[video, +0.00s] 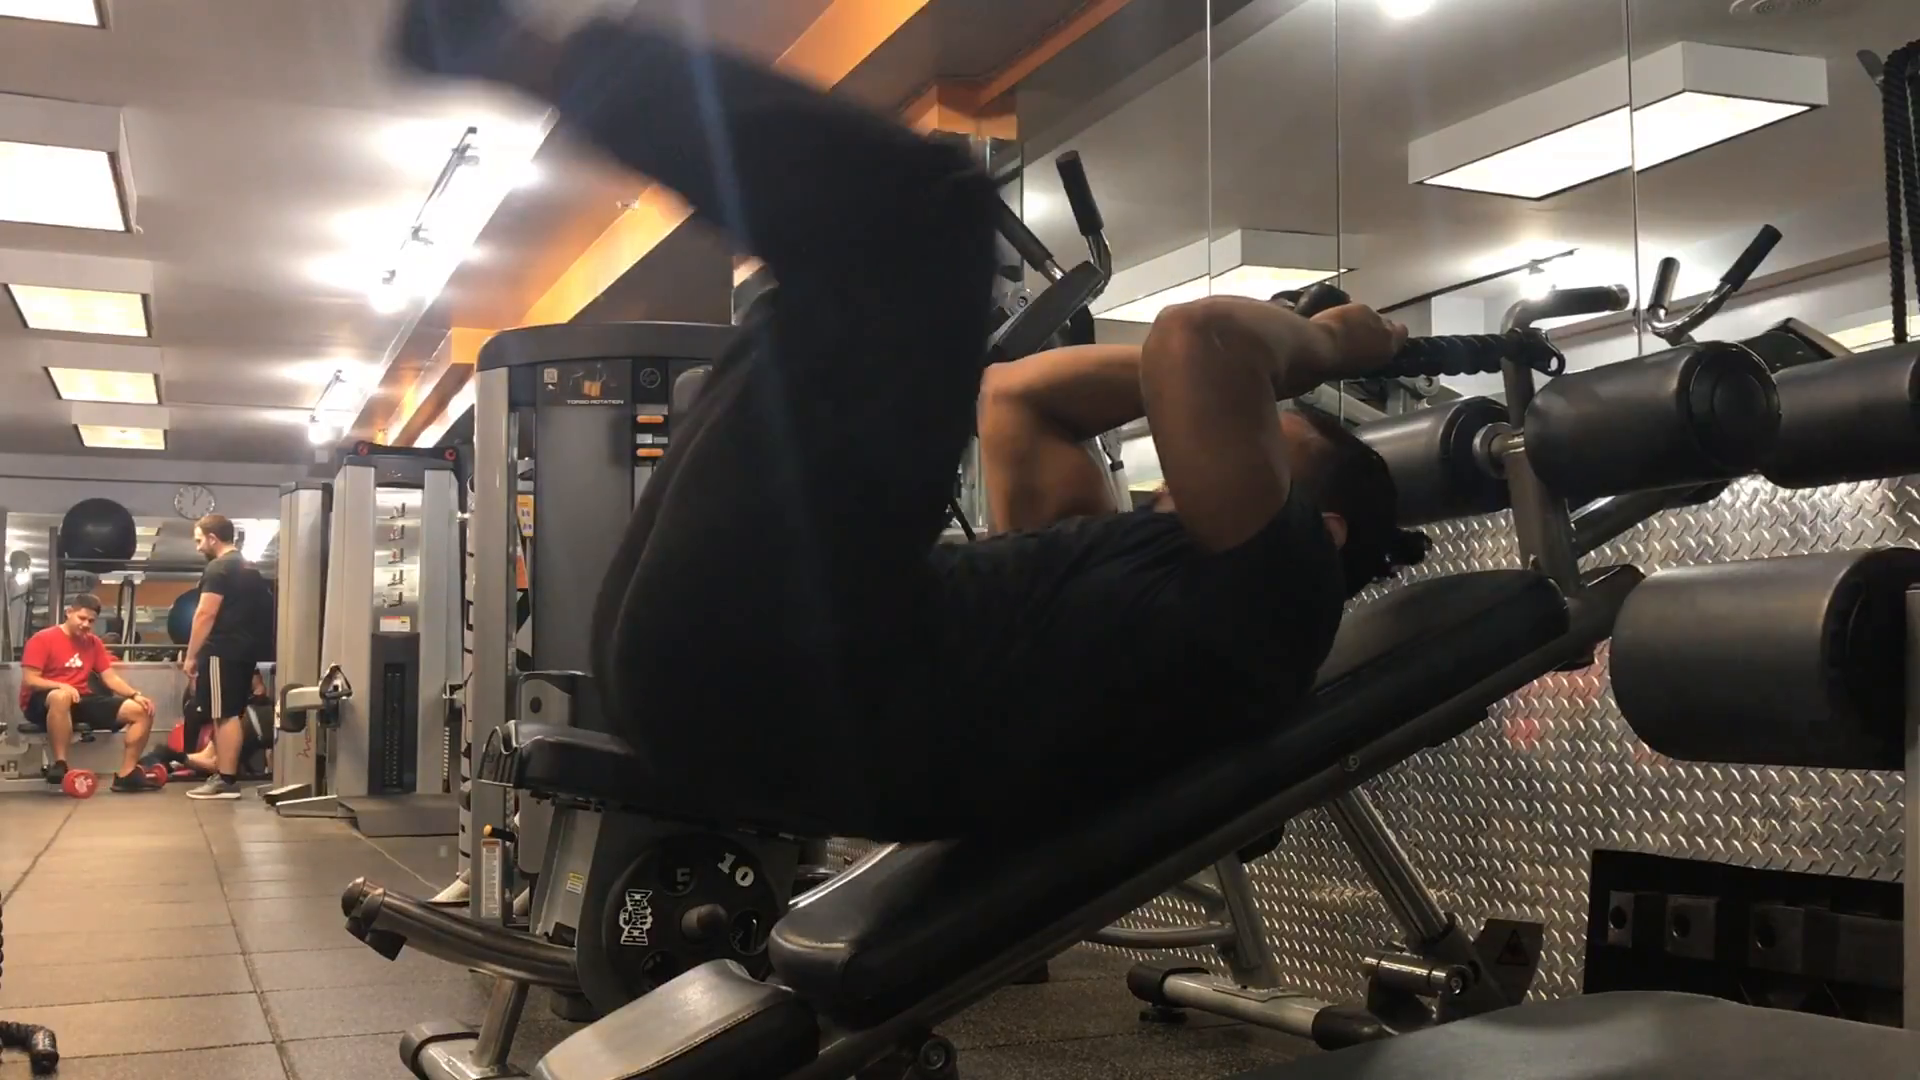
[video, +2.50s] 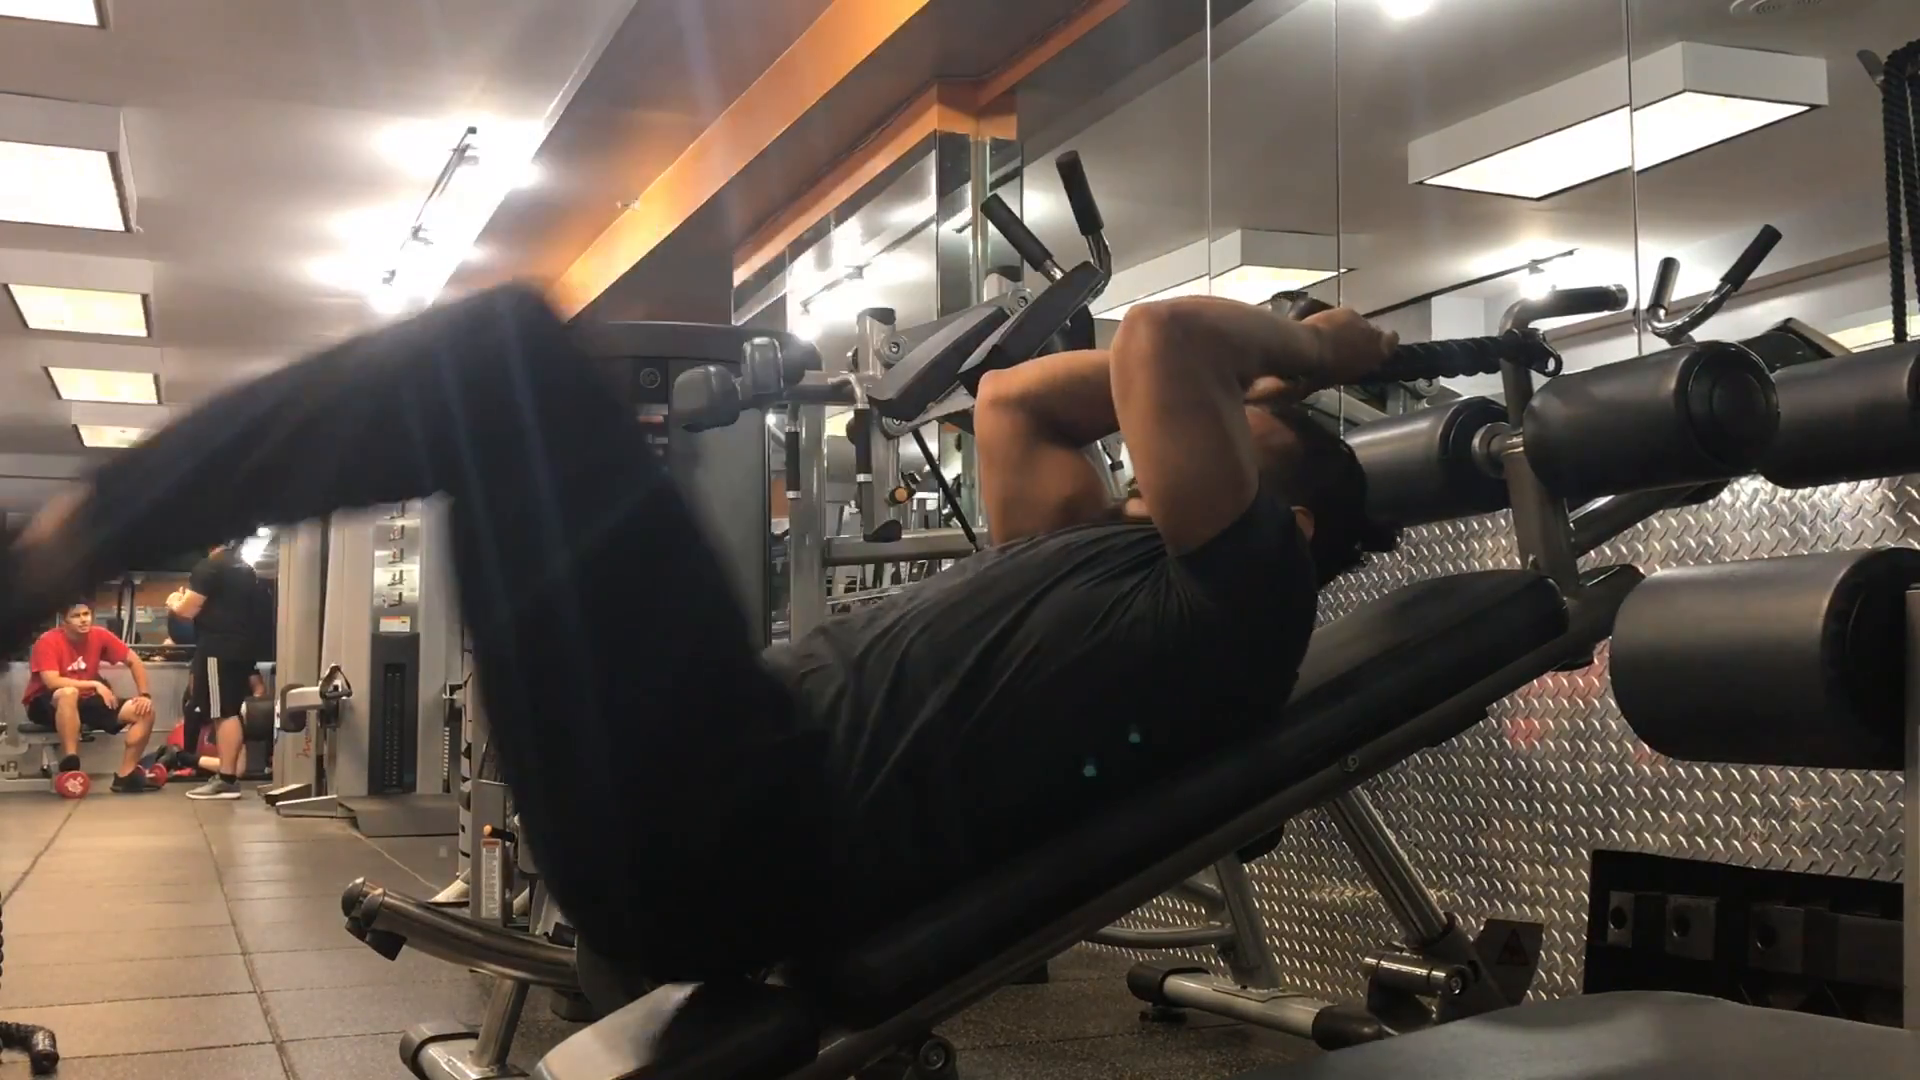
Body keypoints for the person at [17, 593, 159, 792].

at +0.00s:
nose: (85, 625)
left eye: (90, 621)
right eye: (82, 618)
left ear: (95, 621)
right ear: (68, 613)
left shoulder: (93, 643)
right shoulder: (43, 639)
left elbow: (110, 677)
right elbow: (30, 679)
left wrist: (135, 694)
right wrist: (62, 686)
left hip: (82, 702)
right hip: (42, 704)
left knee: (141, 711)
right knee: (60, 696)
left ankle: (127, 774)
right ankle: (60, 764)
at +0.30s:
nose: (87, 628)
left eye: (92, 624)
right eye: (83, 622)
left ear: (96, 624)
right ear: (69, 618)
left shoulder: (95, 642)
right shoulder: (44, 641)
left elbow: (113, 678)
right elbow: (25, 682)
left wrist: (135, 695)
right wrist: (62, 684)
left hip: (82, 702)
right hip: (42, 704)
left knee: (143, 712)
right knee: (61, 690)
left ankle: (126, 774)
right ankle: (64, 756)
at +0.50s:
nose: (87, 631)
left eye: (93, 626)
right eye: (83, 624)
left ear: (97, 625)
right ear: (71, 616)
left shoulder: (99, 644)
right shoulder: (43, 643)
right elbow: (28, 683)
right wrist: (66, 684)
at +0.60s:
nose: (88, 631)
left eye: (93, 626)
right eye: (83, 625)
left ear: (97, 625)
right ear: (71, 617)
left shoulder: (98, 642)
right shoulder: (45, 642)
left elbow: (113, 677)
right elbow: (28, 684)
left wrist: (136, 695)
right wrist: (65, 686)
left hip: (84, 702)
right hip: (43, 705)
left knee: (142, 712)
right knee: (63, 692)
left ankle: (126, 769)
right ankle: (65, 761)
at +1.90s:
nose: (81, 619)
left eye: (85, 614)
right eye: (75, 614)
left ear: (90, 615)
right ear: (61, 616)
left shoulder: (96, 637)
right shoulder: (45, 641)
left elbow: (119, 665)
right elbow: (47, 680)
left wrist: (135, 693)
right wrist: (88, 671)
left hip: (86, 702)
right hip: (44, 704)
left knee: (142, 712)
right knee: (71, 693)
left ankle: (125, 775)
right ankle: (72, 765)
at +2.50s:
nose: (83, 620)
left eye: (86, 614)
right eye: (76, 616)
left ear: (92, 615)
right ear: (64, 620)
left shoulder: (99, 635)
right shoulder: (48, 641)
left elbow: (134, 661)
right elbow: (52, 681)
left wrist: (144, 694)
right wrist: (95, 684)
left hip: (86, 704)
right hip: (45, 705)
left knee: (144, 711)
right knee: (68, 693)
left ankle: (125, 775)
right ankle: (71, 764)